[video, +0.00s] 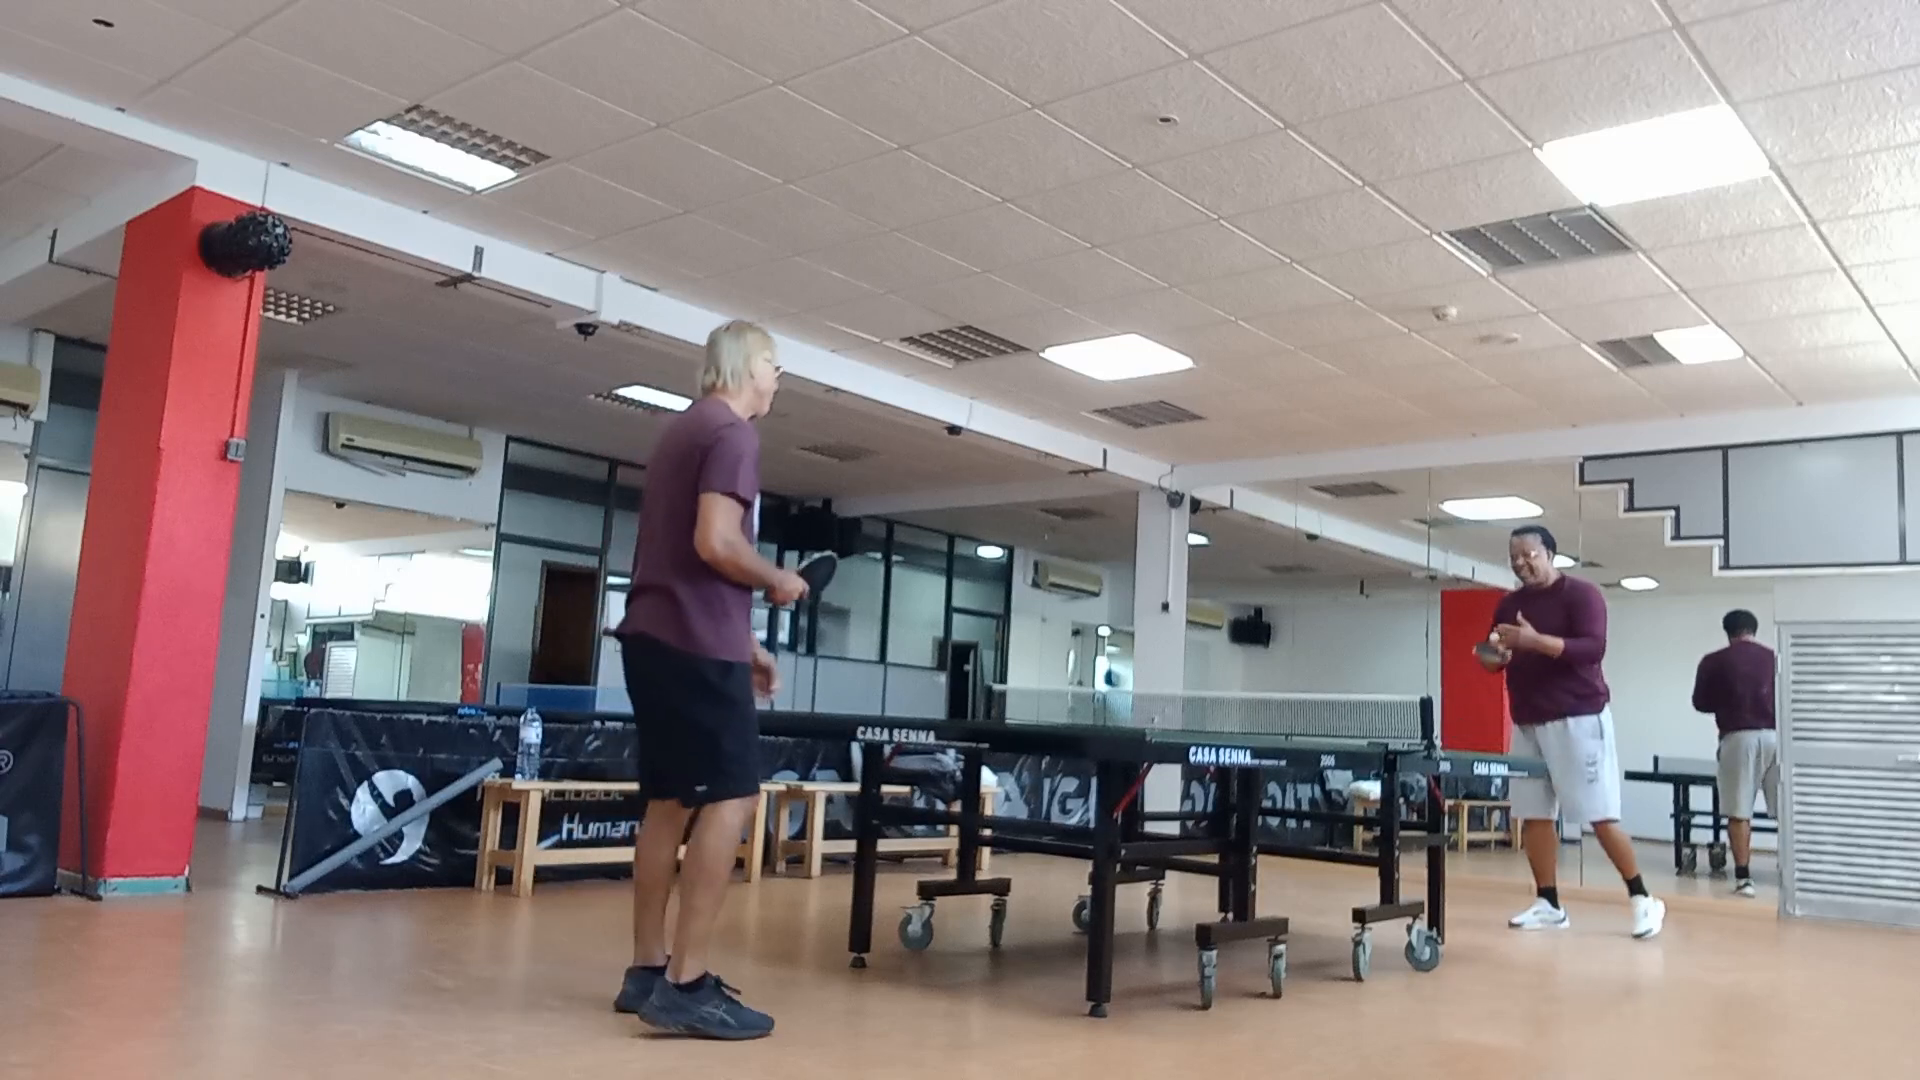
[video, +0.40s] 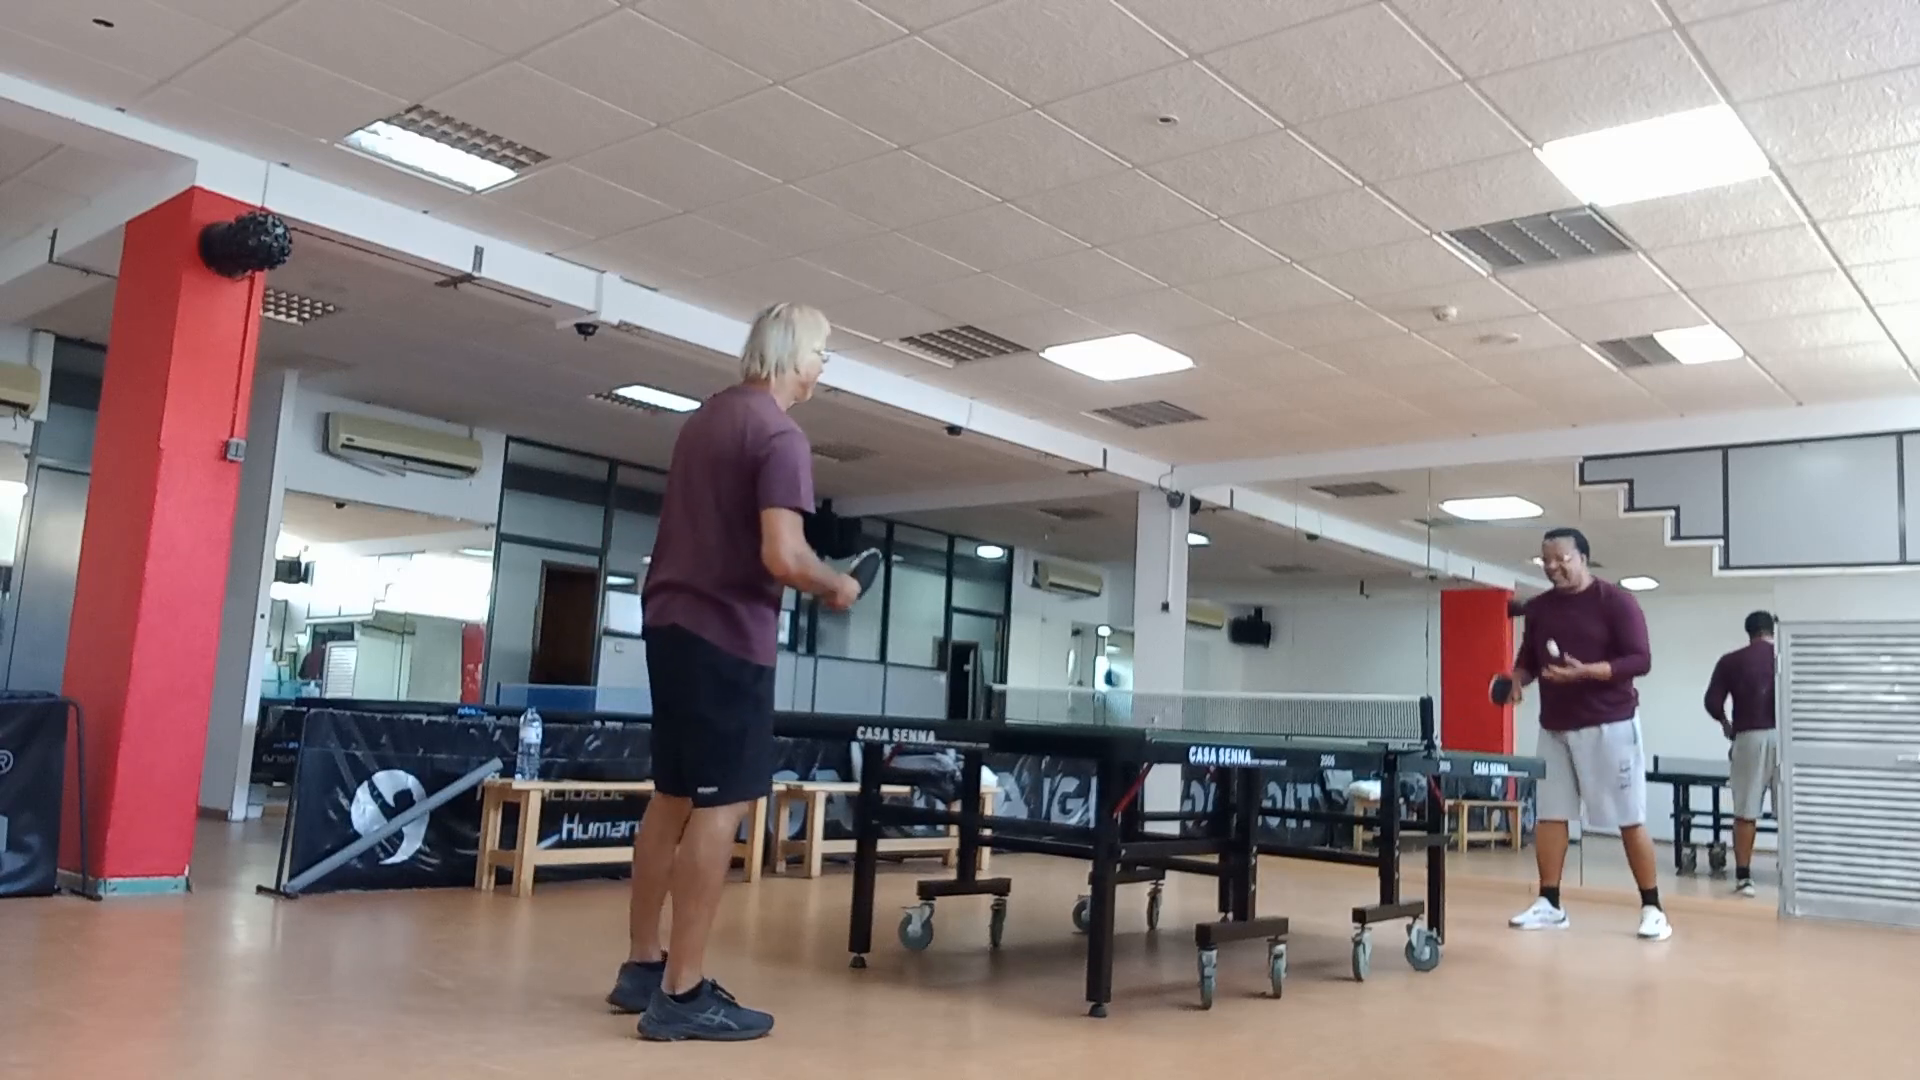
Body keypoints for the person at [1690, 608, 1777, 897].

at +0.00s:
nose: (1744, 637)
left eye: (1733, 633)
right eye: (1748, 631)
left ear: (1727, 633)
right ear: (1754, 631)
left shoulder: (1712, 661)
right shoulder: (1771, 657)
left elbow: (1700, 702)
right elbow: (1783, 694)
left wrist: (1730, 702)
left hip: (1737, 741)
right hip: (1774, 740)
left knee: (1738, 812)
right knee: (1785, 811)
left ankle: (1743, 879)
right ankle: (1794, 876)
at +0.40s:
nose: (1768, 636)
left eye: (1761, 632)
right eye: (1770, 632)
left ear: (1748, 633)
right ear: (1772, 632)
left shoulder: (1731, 661)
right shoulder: (1787, 659)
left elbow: (1712, 702)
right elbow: (1802, 695)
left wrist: (1725, 724)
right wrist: (1793, 723)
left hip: (1750, 738)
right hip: (1786, 738)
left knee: (1746, 811)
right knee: (1790, 810)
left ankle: (1744, 877)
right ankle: (1795, 877)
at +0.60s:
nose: (1778, 639)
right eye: (1781, 632)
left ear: (1759, 633)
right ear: (1785, 632)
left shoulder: (1742, 661)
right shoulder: (1801, 659)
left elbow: (1724, 699)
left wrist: (1730, 730)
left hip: (1759, 739)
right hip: (1796, 740)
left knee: (1753, 810)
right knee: (1797, 809)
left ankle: (1744, 876)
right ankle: (1796, 876)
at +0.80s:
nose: (1778, 645)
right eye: (1779, 639)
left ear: (1760, 641)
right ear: (1784, 640)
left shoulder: (1744, 665)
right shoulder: (1798, 663)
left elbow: (1725, 704)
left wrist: (1732, 741)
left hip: (1761, 741)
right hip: (1798, 742)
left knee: (1759, 812)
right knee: (1798, 811)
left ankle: (1753, 876)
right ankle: (1793, 873)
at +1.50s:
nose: (1772, 663)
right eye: (1773, 658)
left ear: (1751, 658)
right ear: (1774, 658)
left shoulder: (1730, 678)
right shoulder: (1783, 675)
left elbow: (1720, 723)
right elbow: (1793, 713)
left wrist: (1742, 733)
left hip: (1741, 745)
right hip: (1776, 744)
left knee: (1750, 814)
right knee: (1791, 805)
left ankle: (1751, 876)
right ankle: (1785, 859)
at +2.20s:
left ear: (1760, 652)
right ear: (1781, 653)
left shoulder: (1742, 672)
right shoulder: (1791, 675)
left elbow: (1723, 699)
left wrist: (1722, 712)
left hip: (1745, 749)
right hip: (1781, 750)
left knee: (1726, 812)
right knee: (1798, 812)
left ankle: (1709, 871)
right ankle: (1800, 872)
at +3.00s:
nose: (1772, 663)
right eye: (1775, 658)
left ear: (1755, 657)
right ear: (1776, 658)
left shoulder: (1737, 679)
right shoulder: (1783, 677)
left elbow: (1742, 714)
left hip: (1744, 752)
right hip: (1779, 750)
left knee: (1730, 816)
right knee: (1800, 815)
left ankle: (1706, 870)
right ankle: (1804, 874)